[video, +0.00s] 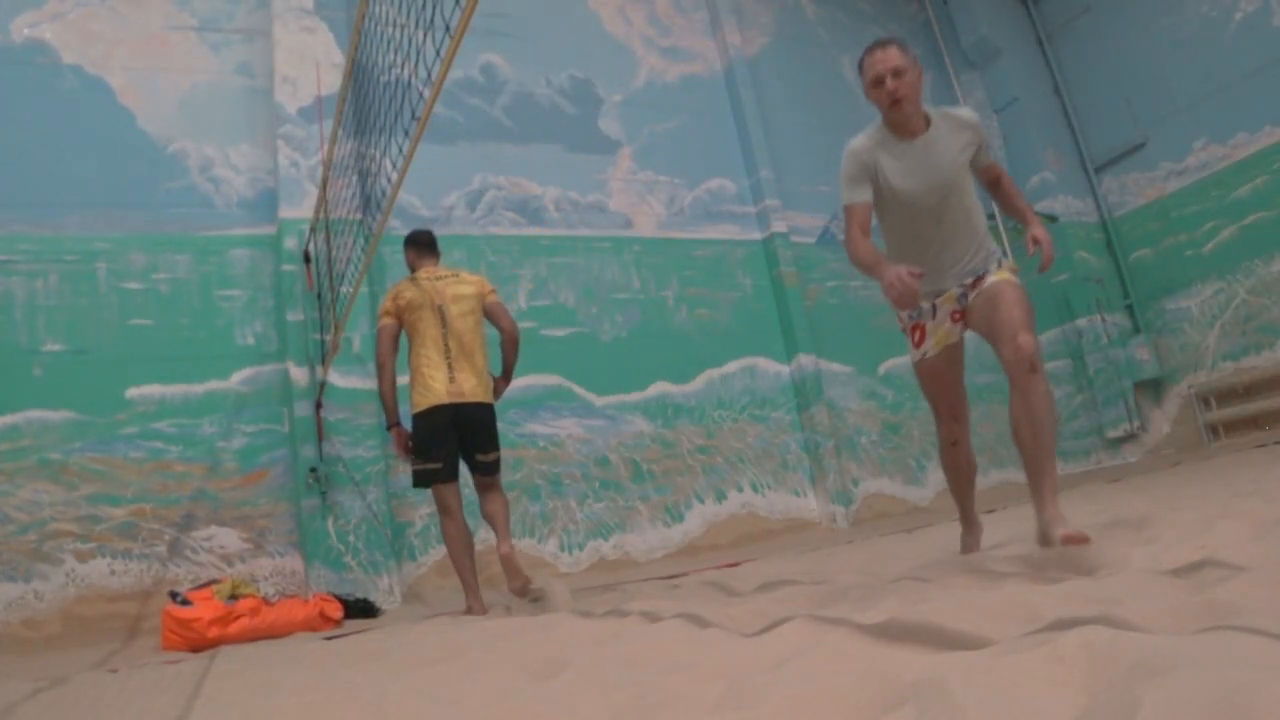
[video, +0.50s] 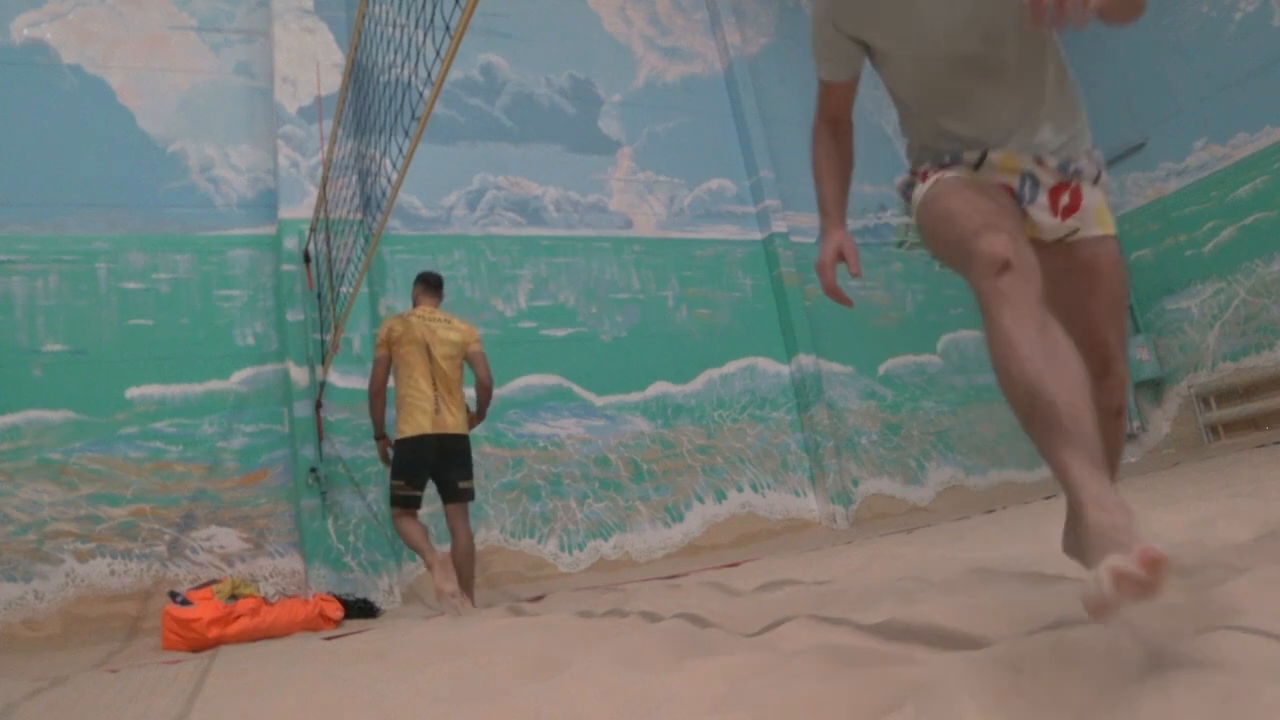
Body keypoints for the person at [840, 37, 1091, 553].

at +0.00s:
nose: (891, 87)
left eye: (898, 74)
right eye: (878, 81)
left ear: (919, 76)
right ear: (868, 95)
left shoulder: (963, 125)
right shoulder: (863, 155)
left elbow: (995, 180)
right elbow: (855, 239)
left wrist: (1031, 221)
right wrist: (884, 270)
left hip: (985, 273)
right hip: (923, 299)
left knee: (1025, 353)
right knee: (951, 425)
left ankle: (1050, 517)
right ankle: (969, 525)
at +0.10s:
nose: (907, 50)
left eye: (915, 35)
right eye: (893, 45)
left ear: (938, 37)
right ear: (882, 59)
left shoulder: (985, 96)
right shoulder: (874, 123)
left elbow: (1017, 162)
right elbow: (861, 217)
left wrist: (1055, 209)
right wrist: (897, 259)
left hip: (1003, 263)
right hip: (932, 284)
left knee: (1046, 380)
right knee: (958, 423)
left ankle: (1079, 548)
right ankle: (969, 514)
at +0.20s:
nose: (925, 24)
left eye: (933, 7)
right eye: (908, 18)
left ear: (958, 9)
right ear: (896, 35)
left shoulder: (1013, 80)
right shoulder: (885, 106)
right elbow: (872, 211)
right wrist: (893, 282)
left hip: (1022, 257)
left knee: (1067, 389)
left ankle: (1078, 553)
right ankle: (975, 485)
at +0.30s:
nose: (932, 1)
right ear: (897, 7)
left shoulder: (1025, 43)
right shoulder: (881, 84)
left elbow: (1094, 130)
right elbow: (868, 198)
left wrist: (1114, 170)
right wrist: (876, 289)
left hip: (1037, 237)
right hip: (951, 255)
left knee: (1084, 392)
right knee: (984, 365)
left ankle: (1077, 552)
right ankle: (1002, 476)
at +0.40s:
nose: (933, 2)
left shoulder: (1024, 4)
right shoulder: (870, 41)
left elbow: (1120, 64)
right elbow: (855, 161)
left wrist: (1105, 79)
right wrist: (853, 263)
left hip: (1044, 206)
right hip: (950, 208)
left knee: (1098, 395)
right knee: (987, 277)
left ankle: (1073, 548)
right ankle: (1044, 500)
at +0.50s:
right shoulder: (838, 9)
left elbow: (1130, 7)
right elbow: (833, 117)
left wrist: (1088, 6)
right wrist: (832, 223)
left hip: (1061, 160)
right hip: (953, 169)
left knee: (1106, 379)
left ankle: (1084, 530)